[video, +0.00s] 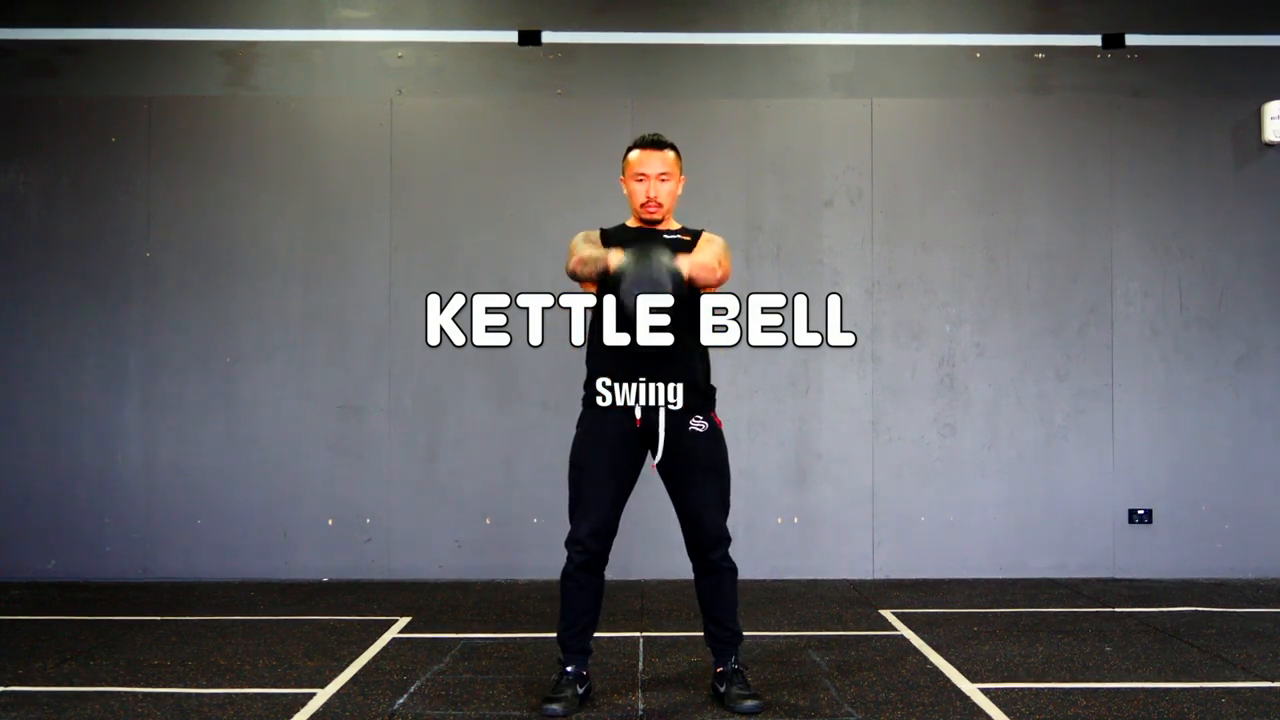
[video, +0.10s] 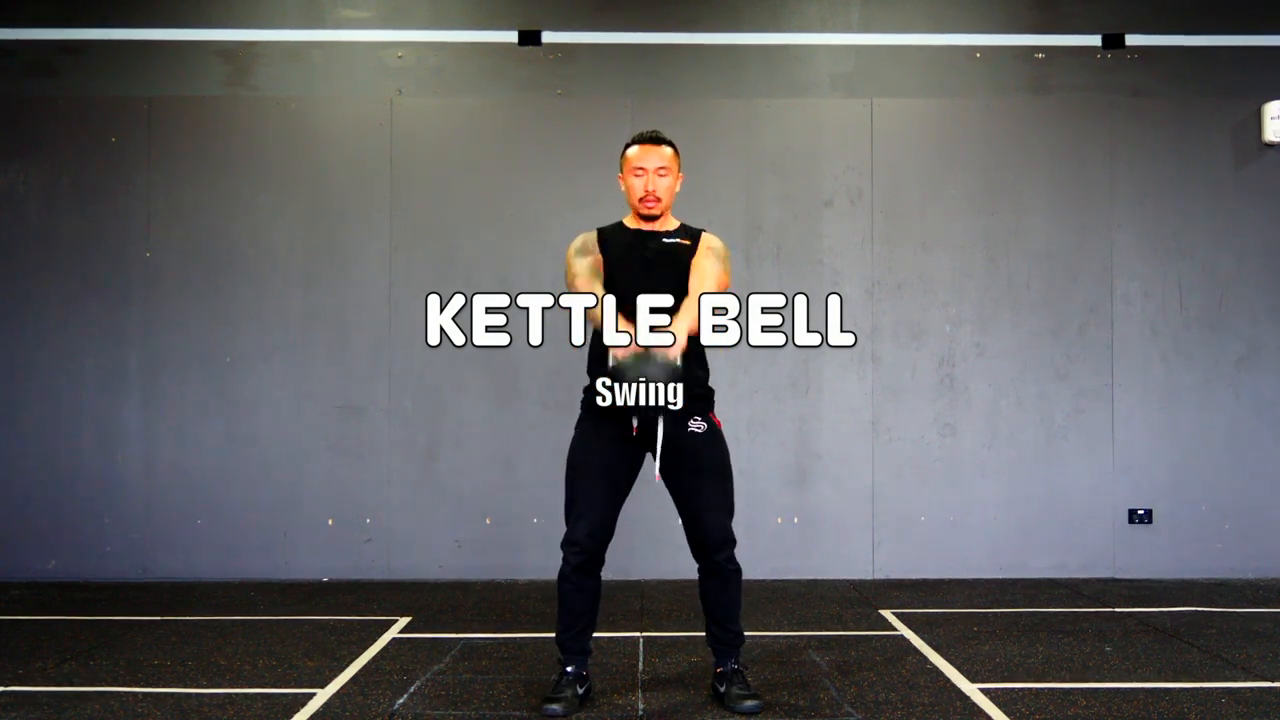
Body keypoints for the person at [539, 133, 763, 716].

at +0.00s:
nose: (652, 188)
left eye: (663, 177)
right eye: (641, 178)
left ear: (680, 184)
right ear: (625, 184)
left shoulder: (699, 241)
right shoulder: (598, 240)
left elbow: (713, 266)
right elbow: (580, 262)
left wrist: (693, 268)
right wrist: (606, 264)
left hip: (688, 415)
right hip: (610, 414)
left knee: (711, 544)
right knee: (586, 542)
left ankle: (729, 669)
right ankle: (572, 671)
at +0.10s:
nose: (649, 183)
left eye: (662, 172)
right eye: (637, 172)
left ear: (679, 180)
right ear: (621, 180)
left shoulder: (708, 249)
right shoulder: (587, 249)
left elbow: (699, 308)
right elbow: (594, 310)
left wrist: (668, 352)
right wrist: (627, 349)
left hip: (688, 417)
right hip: (609, 418)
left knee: (717, 546)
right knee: (582, 544)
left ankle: (729, 670)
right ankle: (572, 673)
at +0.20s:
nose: (648, 180)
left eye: (660, 168)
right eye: (635, 168)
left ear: (677, 178)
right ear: (619, 179)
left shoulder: (707, 254)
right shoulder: (585, 255)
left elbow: (702, 337)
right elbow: (586, 337)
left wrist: (673, 400)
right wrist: (614, 396)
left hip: (688, 413)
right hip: (605, 413)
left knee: (728, 547)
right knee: (571, 549)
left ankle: (730, 671)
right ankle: (571, 674)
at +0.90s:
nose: (649, 182)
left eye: (661, 173)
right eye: (637, 173)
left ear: (677, 185)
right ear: (620, 186)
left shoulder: (707, 255)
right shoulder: (589, 255)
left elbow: (703, 313)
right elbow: (589, 314)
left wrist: (676, 354)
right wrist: (619, 353)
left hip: (687, 421)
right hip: (608, 420)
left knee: (716, 546)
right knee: (581, 545)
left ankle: (729, 671)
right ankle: (572, 673)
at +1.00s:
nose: (652, 180)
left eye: (664, 172)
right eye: (641, 172)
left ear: (680, 187)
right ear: (624, 187)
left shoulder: (700, 246)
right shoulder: (598, 245)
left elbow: (710, 272)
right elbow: (584, 267)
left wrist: (676, 276)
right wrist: (610, 274)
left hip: (686, 418)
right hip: (608, 417)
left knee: (710, 544)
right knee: (581, 542)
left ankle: (728, 671)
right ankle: (572, 671)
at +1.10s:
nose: (651, 190)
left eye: (660, 176)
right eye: (642, 176)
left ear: (675, 190)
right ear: (624, 191)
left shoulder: (701, 253)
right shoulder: (598, 250)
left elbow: (713, 257)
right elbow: (582, 251)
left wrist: (678, 197)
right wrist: (609, 208)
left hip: (684, 415)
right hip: (607, 413)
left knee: (708, 543)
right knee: (584, 544)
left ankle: (728, 670)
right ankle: (572, 672)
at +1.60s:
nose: (650, 170)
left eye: (661, 162)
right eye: (639, 163)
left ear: (679, 179)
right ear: (622, 181)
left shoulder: (704, 242)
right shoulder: (596, 242)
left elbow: (707, 274)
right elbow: (585, 268)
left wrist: (668, 277)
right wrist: (617, 277)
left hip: (687, 414)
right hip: (610, 413)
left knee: (715, 543)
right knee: (583, 543)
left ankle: (729, 670)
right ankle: (572, 672)